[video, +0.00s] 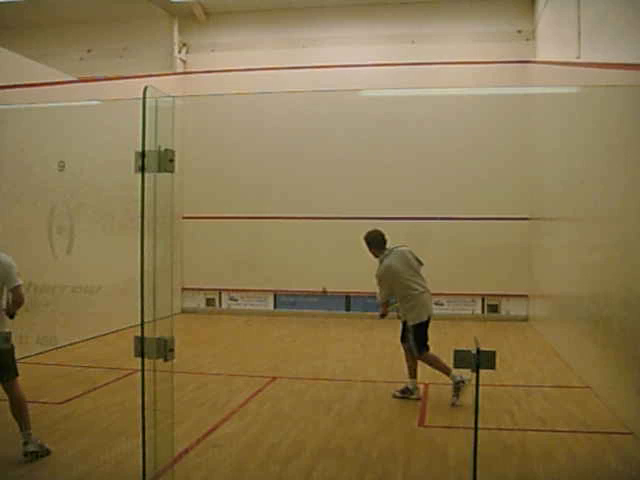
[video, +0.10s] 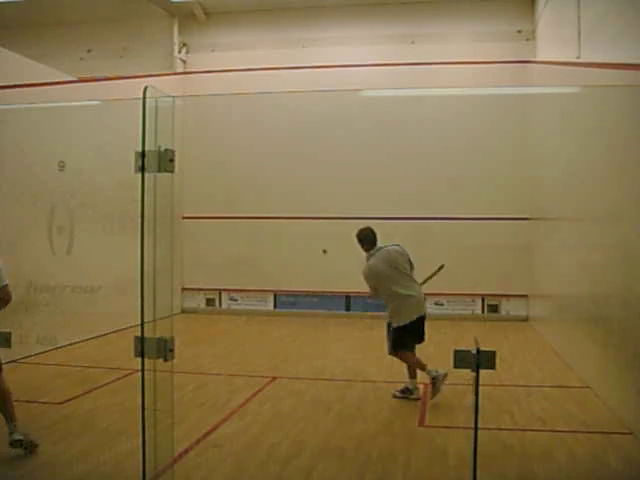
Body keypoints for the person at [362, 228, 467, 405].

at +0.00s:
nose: (369, 251)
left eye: (368, 248)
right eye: (369, 248)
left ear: (371, 249)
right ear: (385, 242)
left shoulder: (383, 270)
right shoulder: (404, 251)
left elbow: (384, 297)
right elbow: (419, 264)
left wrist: (383, 311)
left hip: (415, 312)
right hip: (423, 305)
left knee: (420, 352)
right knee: (407, 343)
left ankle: (455, 377)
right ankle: (412, 385)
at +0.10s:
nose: (361, 246)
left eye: (360, 243)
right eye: (361, 243)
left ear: (362, 245)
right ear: (376, 238)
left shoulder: (370, 269)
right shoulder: (397, 249)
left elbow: (375, 292)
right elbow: (410, 268)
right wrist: (401, 283)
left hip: (400, 312)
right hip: (418, 305)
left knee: (396, 350)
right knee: (408, 348)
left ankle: (433, 374)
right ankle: (412, 385)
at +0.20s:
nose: (353, 243)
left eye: (352, 240)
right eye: (356, 238)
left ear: (353, 242)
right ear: (368, 236)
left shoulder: (357, 266)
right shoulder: (389, 249)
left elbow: (365, 291)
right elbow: (404, 274)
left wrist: (385, 292)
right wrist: (398, 290)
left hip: (384, 314)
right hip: (407, 309)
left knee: (378, 346)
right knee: (402, 345)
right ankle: (410, 384)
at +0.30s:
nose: (343, 242)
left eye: (343, 238)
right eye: (346, 237)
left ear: (344, 241)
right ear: (360, 236)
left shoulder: (345, 265)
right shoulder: (379, 252)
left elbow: (351, 292)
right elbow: (395, 279)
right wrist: (403, 302)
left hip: (369, 314)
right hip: (394, 310)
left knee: (356, 346)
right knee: (395, 346)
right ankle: (409, 385)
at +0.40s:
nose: (332, 241)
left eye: (331, 238)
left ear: (331, 239)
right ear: (348, 236)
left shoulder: (330, 262)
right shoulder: (365, 253)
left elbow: (330, 292)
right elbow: (383, 279)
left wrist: (344, 307)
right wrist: (397, 303)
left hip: (348, 316)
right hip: (374, 313)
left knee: (335, 351)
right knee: (391, 350)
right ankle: (405, 384)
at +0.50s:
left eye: (316, 234)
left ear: (317, 236)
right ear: (335, 234)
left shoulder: (312, 258)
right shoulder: (348, 252)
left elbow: (309, 290)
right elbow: (369, 277)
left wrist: (317, 309)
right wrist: (384, 302)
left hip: (326, 315)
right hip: (352, 313)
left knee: (323, 351)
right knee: (372, 348)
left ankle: (325, 392)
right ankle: (391, 385)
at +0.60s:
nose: (299, 225)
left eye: (301, 222)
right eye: (301, 221)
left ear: (306, 224)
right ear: (321, 225)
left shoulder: (297, 246)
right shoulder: (334, 245)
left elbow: (293, 281)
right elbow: (354, 271)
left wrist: (295, 307)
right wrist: (365, 297)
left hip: (309, 309)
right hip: (333, 308)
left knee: (314, 348)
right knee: (342, 345)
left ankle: (322, 389)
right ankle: (347, 386)